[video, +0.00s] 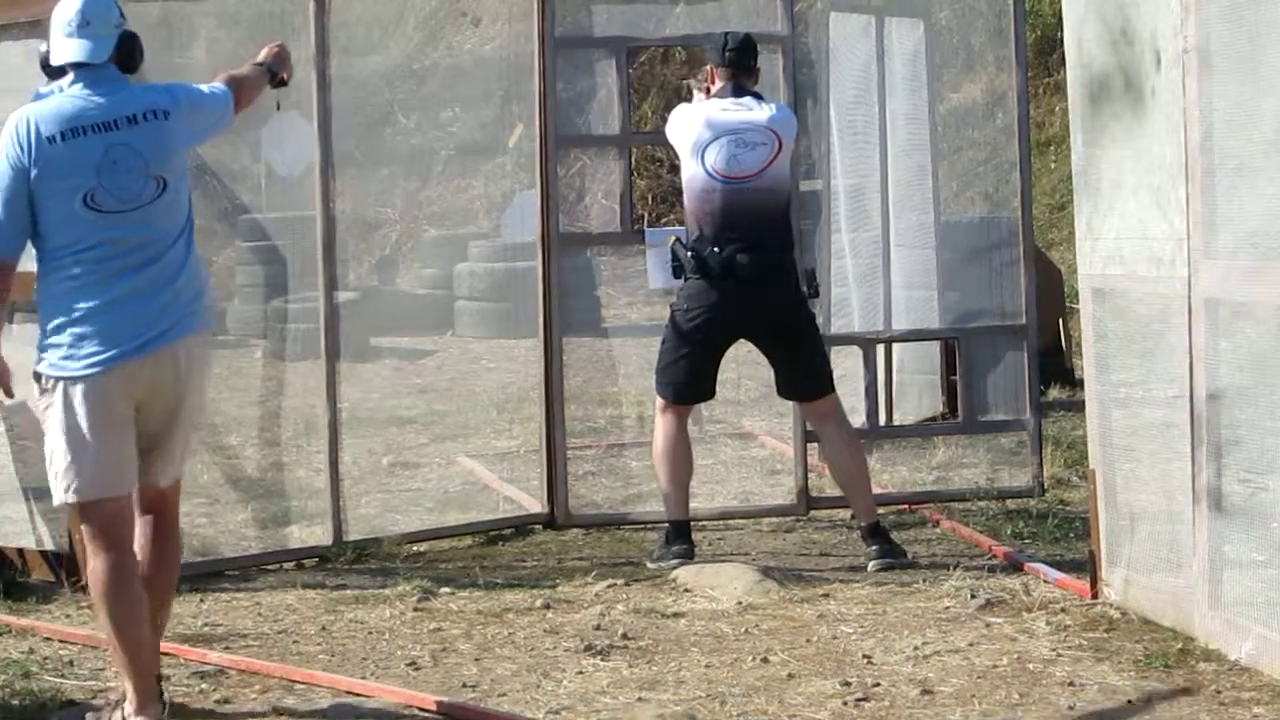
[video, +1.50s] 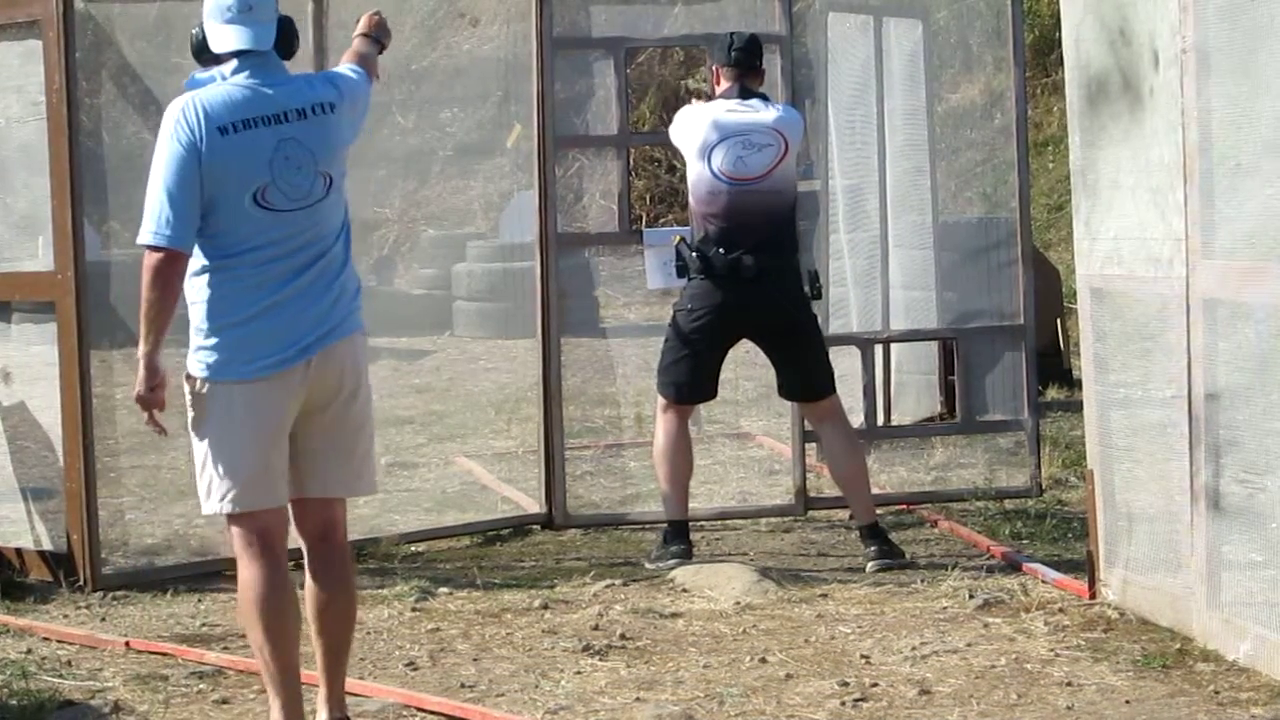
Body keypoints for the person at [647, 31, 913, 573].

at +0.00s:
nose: (712, 83)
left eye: (710, 76)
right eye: (738, 75)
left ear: (711, 79)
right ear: (757, 77)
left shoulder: (685, 120)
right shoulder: (784, 119)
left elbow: (689, 121)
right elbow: (753, 116)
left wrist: (705, 98)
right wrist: (720, 95)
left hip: (707, 294)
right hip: (778, 293)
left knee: (672, 409)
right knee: (827, 413)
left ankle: (676, 538)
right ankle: (875, 535)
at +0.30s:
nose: (709, 85)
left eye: (707, 79)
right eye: (740, 77)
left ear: (711, 81)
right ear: (757, 80)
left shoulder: (685, 120)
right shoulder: (785, 120)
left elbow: (691, 123)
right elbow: (755, 119)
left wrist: (709, 98)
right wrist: (728, 95)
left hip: (708, 294)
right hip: (778, 293)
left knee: (673, 409)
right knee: (827, 413)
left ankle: (676, 539)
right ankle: (876, 536)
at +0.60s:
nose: (714, 83)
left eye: (713, 77)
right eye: (735, 76)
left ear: (717, 80)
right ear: (761, 79)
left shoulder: (689, 121)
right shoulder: (789, 120)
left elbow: (688, 120)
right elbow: (759, 119)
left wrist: (709, 98)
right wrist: (732, 95)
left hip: (710, 294)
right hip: (780, 292)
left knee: (674, 409)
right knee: (828, 413)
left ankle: (677, 539)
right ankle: (876, 536)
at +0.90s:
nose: (715, 81)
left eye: (714, 74)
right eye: (728, 74)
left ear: (720, 77)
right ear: (763, 76)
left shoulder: (694, 122)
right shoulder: (793, 120)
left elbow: (687, 119)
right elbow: (759, 121)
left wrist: (710, 99)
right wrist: (732, 96)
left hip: (713, 294)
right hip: (783, 294)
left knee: (676, 409)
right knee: (830, 414)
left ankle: (678, 539)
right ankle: (878, 538)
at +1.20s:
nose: (716, 82)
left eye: (714, 75)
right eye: (731, 74)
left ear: (719, 78)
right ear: (763, 77)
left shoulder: (692, 123)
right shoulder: (794, 121)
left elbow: (684, 118)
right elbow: (760, 119)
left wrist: (706, 98)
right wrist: (732, 95)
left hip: (713, 295)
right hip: (783, 295)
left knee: (674, 409)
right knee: (829, 414)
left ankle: (677, 539)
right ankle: (877, 539)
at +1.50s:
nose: (713, 82)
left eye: (712, 75)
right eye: (725, 75)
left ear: (717, 77)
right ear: (762, 76)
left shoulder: (691, 121)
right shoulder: (791, 121)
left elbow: (693, 126)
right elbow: (762, 127)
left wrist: (719, 99)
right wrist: (736, 96)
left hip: (711, 296)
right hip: (781, 295)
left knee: (673, 409)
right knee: (828, 414)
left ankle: (675, 539)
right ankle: (874, 536)